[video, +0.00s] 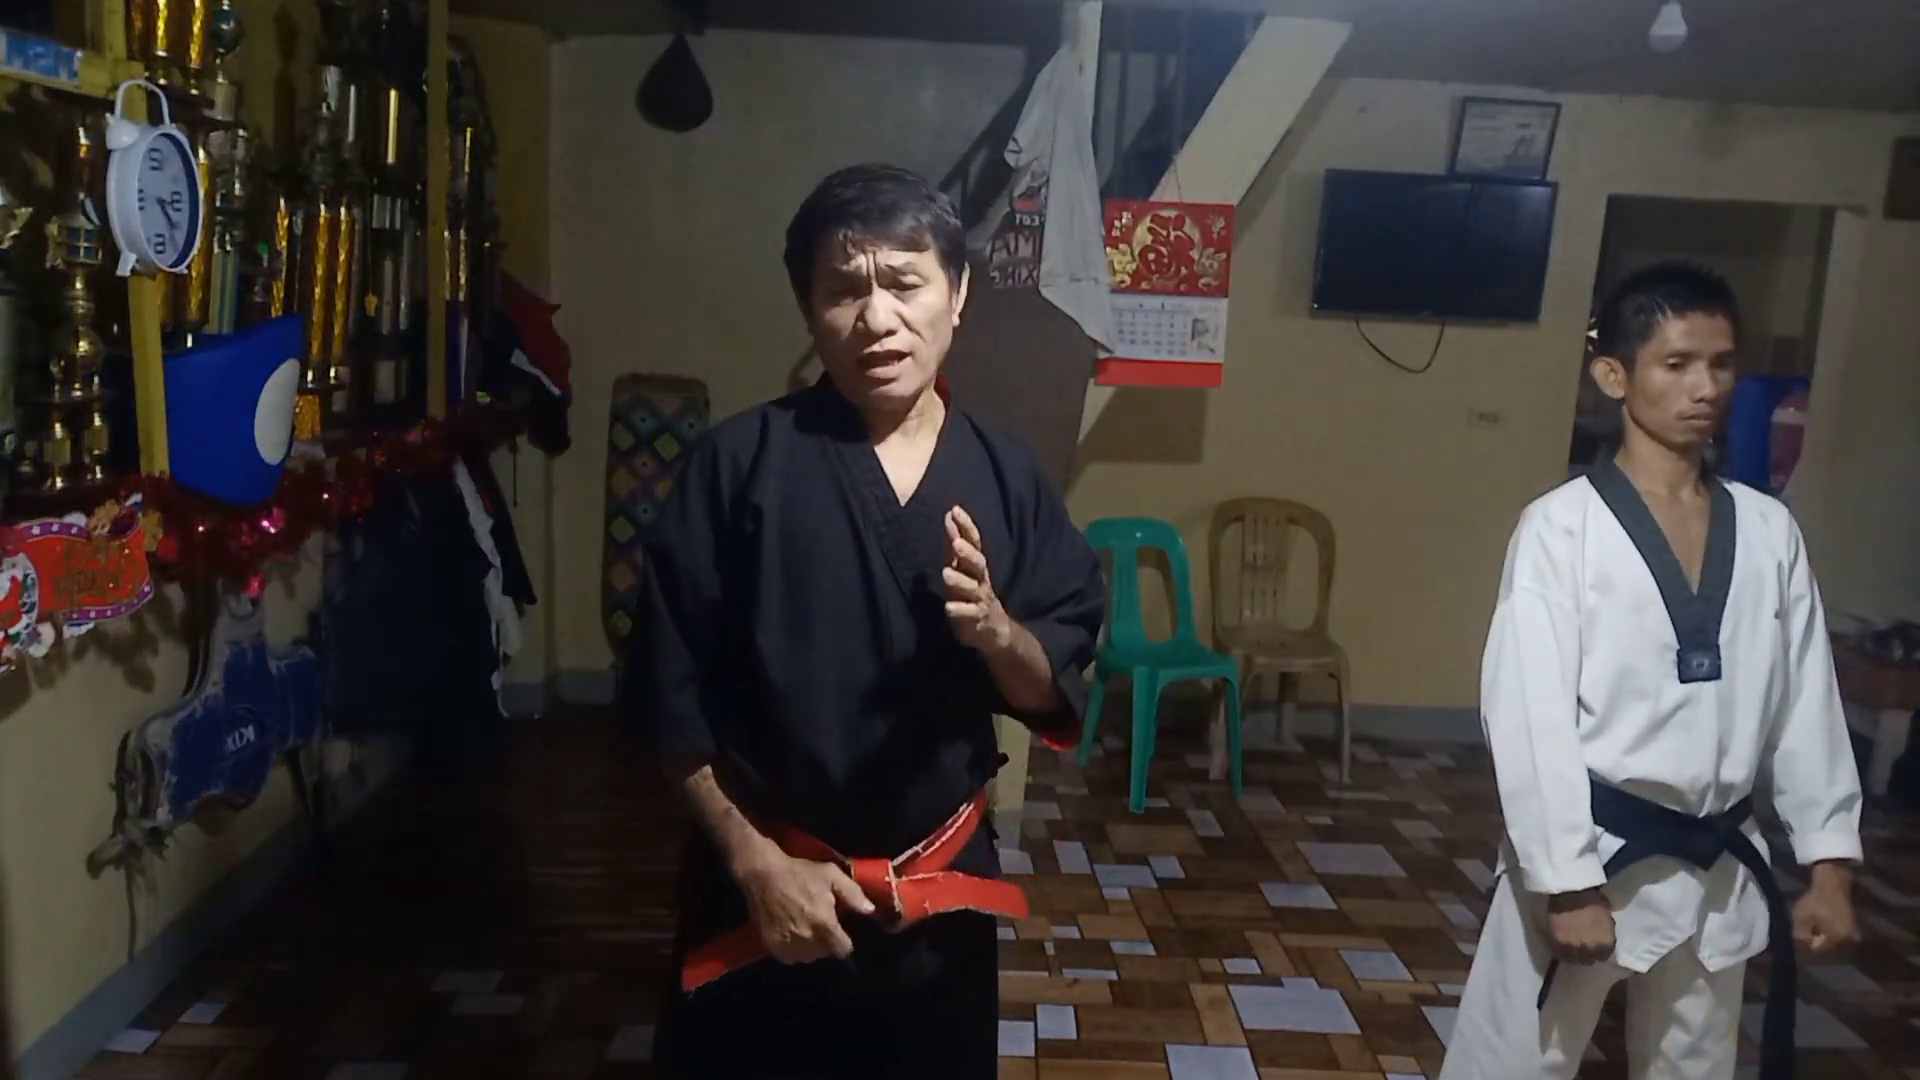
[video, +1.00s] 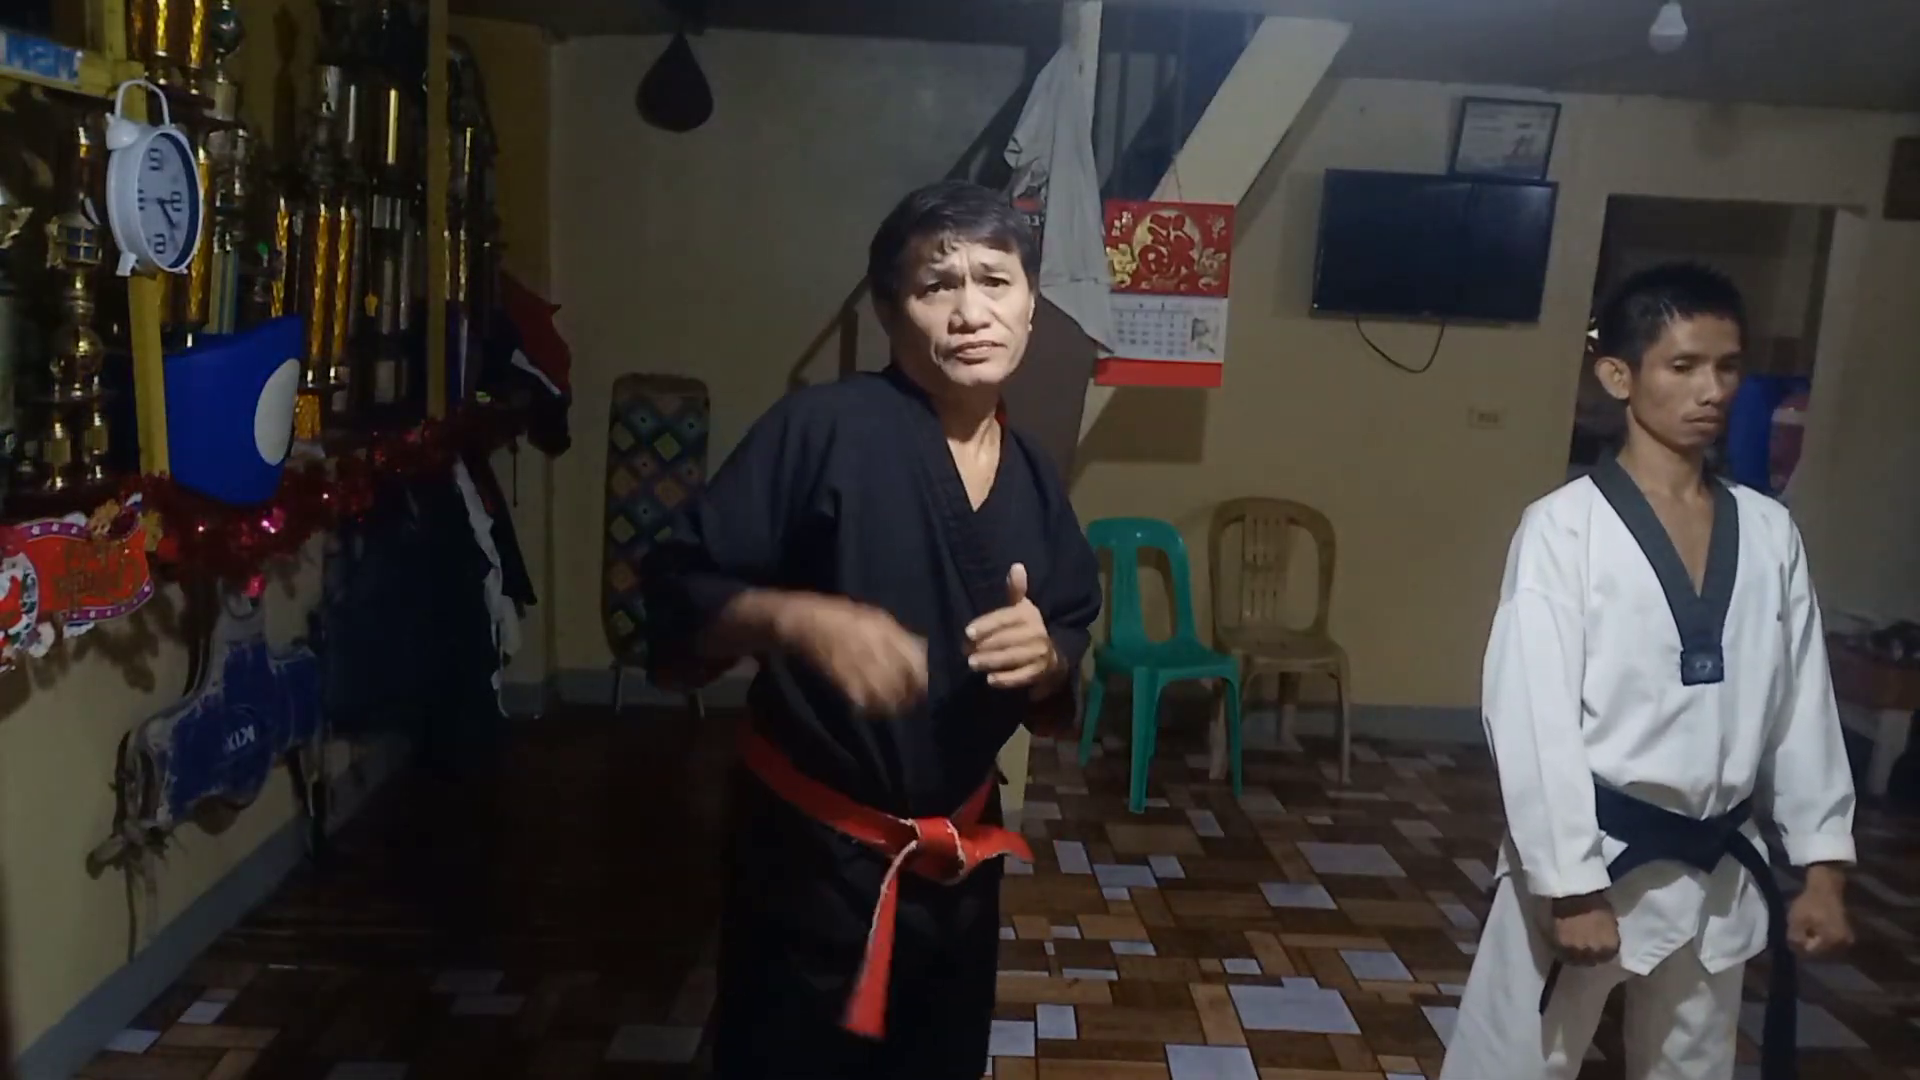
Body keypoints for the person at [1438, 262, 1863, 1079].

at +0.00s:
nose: (1707, 388)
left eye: (1721, 364)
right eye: (1677, 364)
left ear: (1736, 371)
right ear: (1613, 376)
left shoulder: (1769, 529)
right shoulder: (1559, 528)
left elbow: (1806, 701)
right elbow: (1529, 712)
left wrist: (1829, 864)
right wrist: (1570, 881)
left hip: (1720, 870)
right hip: (1585, 866)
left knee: (1693, 1070)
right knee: (1523, 1065)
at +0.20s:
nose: (1707, 388)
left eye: (1721, 365)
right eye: (1678, 365)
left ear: (1737, 372)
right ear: (1612, 376)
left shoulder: (1772, 531)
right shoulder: (1560, 529)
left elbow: (1809, 703)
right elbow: (1529, 713)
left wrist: (1831, 865)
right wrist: (1570, 885)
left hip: (1721, 875)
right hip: (1587, 870)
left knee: (1695, 1070)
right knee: (1526, 1065)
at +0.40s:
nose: (1711, 389)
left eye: (1725, 365)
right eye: (1682, 365)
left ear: (1739, 372)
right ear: (1616, 376)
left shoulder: (1771, 530)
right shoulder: (1563, 529)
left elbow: (1807, 704)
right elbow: (1534, 715)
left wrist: (1832, 866)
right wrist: (1578, 886)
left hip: (1722, 873)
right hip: (1586, 868)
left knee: (1694, 1070)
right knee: (1527, 1065)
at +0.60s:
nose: (1714, 390)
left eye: (1728, 366)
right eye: (1686, 366)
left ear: (1741, 373)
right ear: (1618, 377)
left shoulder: (1770, 531)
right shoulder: (1564, 529)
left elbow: (1805, 704)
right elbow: (1534, 713)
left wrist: (1828, 868)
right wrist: (1579, 887)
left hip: (1720, 872)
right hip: (1585, 867)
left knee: (1694, 1069)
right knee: (1527, 1065)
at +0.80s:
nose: (1713, 391)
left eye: (1727, 367)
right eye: (1685, 366)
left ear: (1741, 373)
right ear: (1617, 377)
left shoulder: (1770, 531)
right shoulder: (1562, 529)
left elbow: (1804, 704)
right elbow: (1532, 714)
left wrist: (1824, 867)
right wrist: (1576, 887)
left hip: (1718, 873)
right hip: (1583, 869)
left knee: (1692, 1069)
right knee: (1524, 1065)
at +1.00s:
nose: (1712, 391)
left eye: (1726, 367)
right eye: (1684, 366)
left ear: (1741, 373)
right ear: (1616, 376)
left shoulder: (1769, 530)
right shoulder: (1562, 529)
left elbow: (1803, 703)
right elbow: (1532, 714)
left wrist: (1824, 865)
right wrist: (1574, 886)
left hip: (1718, 873)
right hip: (1583, 870)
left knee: (1692, 1069)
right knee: (1523, 1065)